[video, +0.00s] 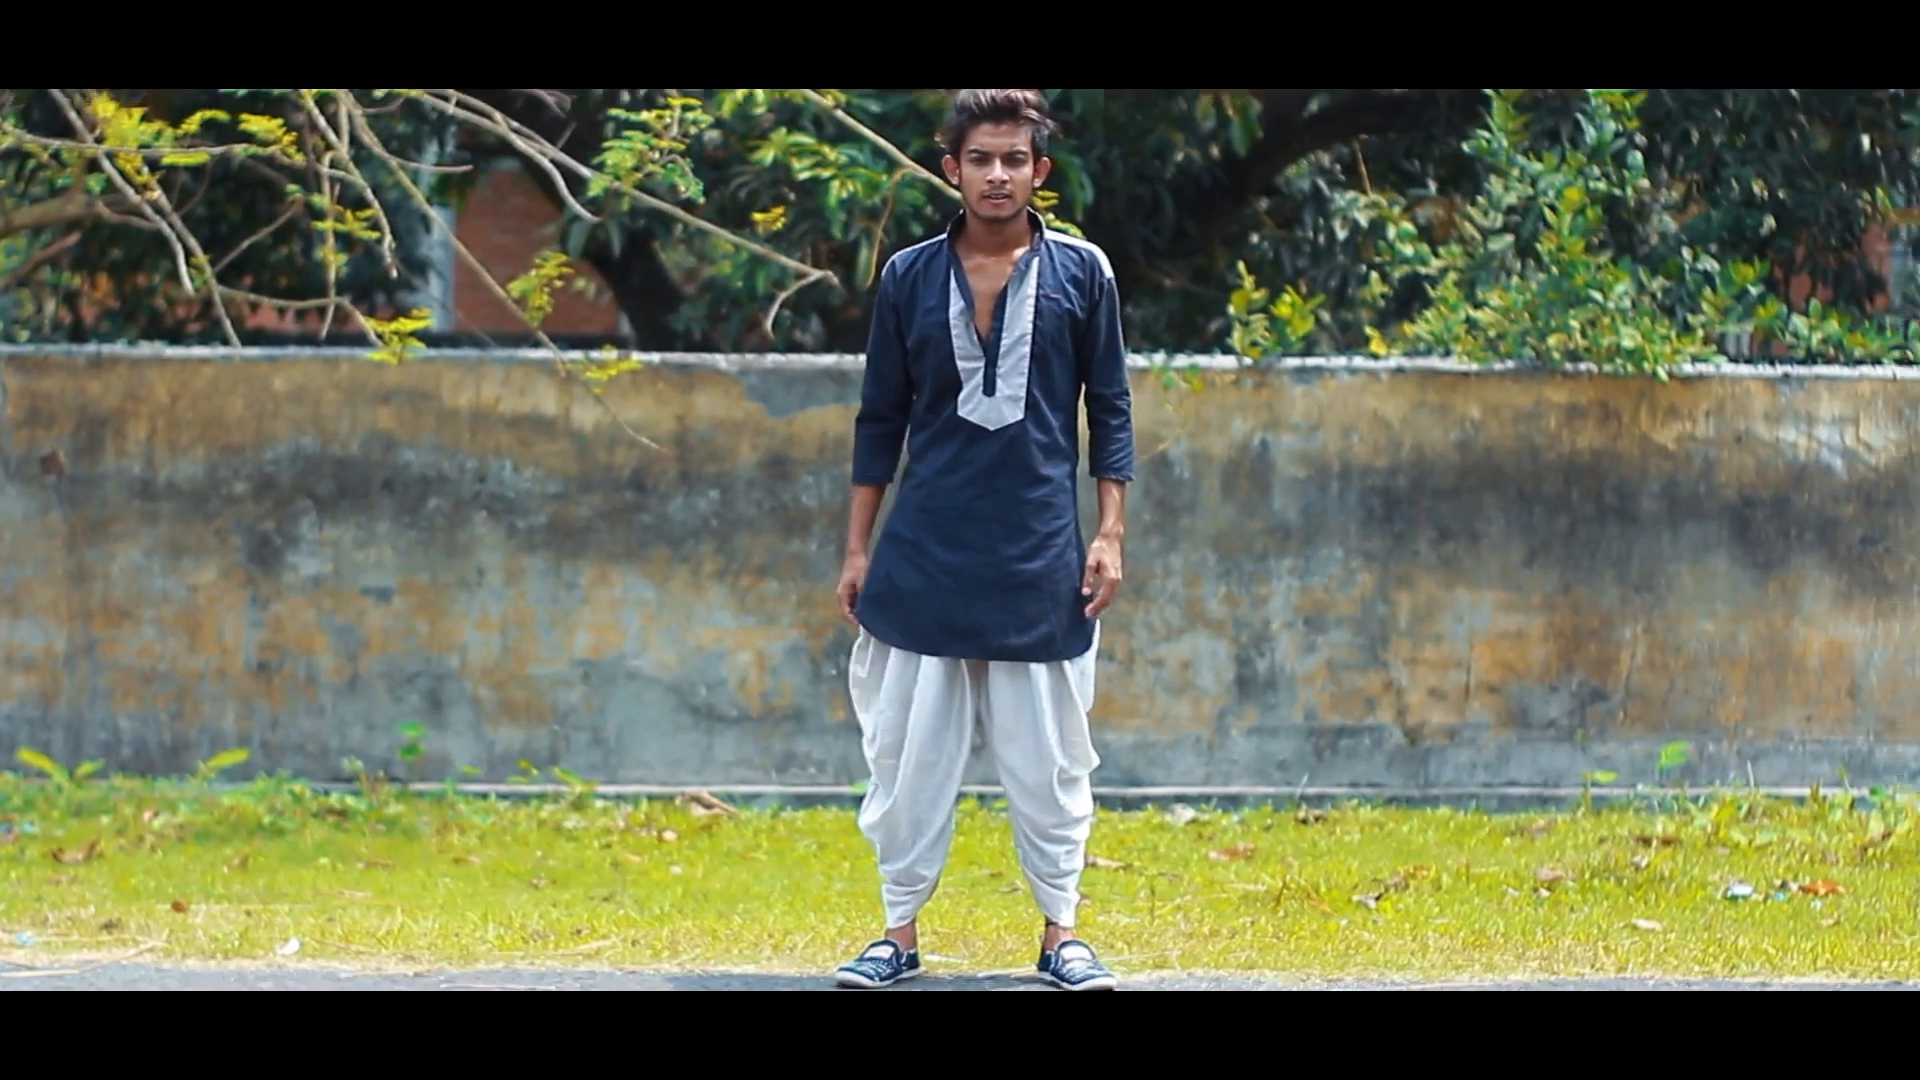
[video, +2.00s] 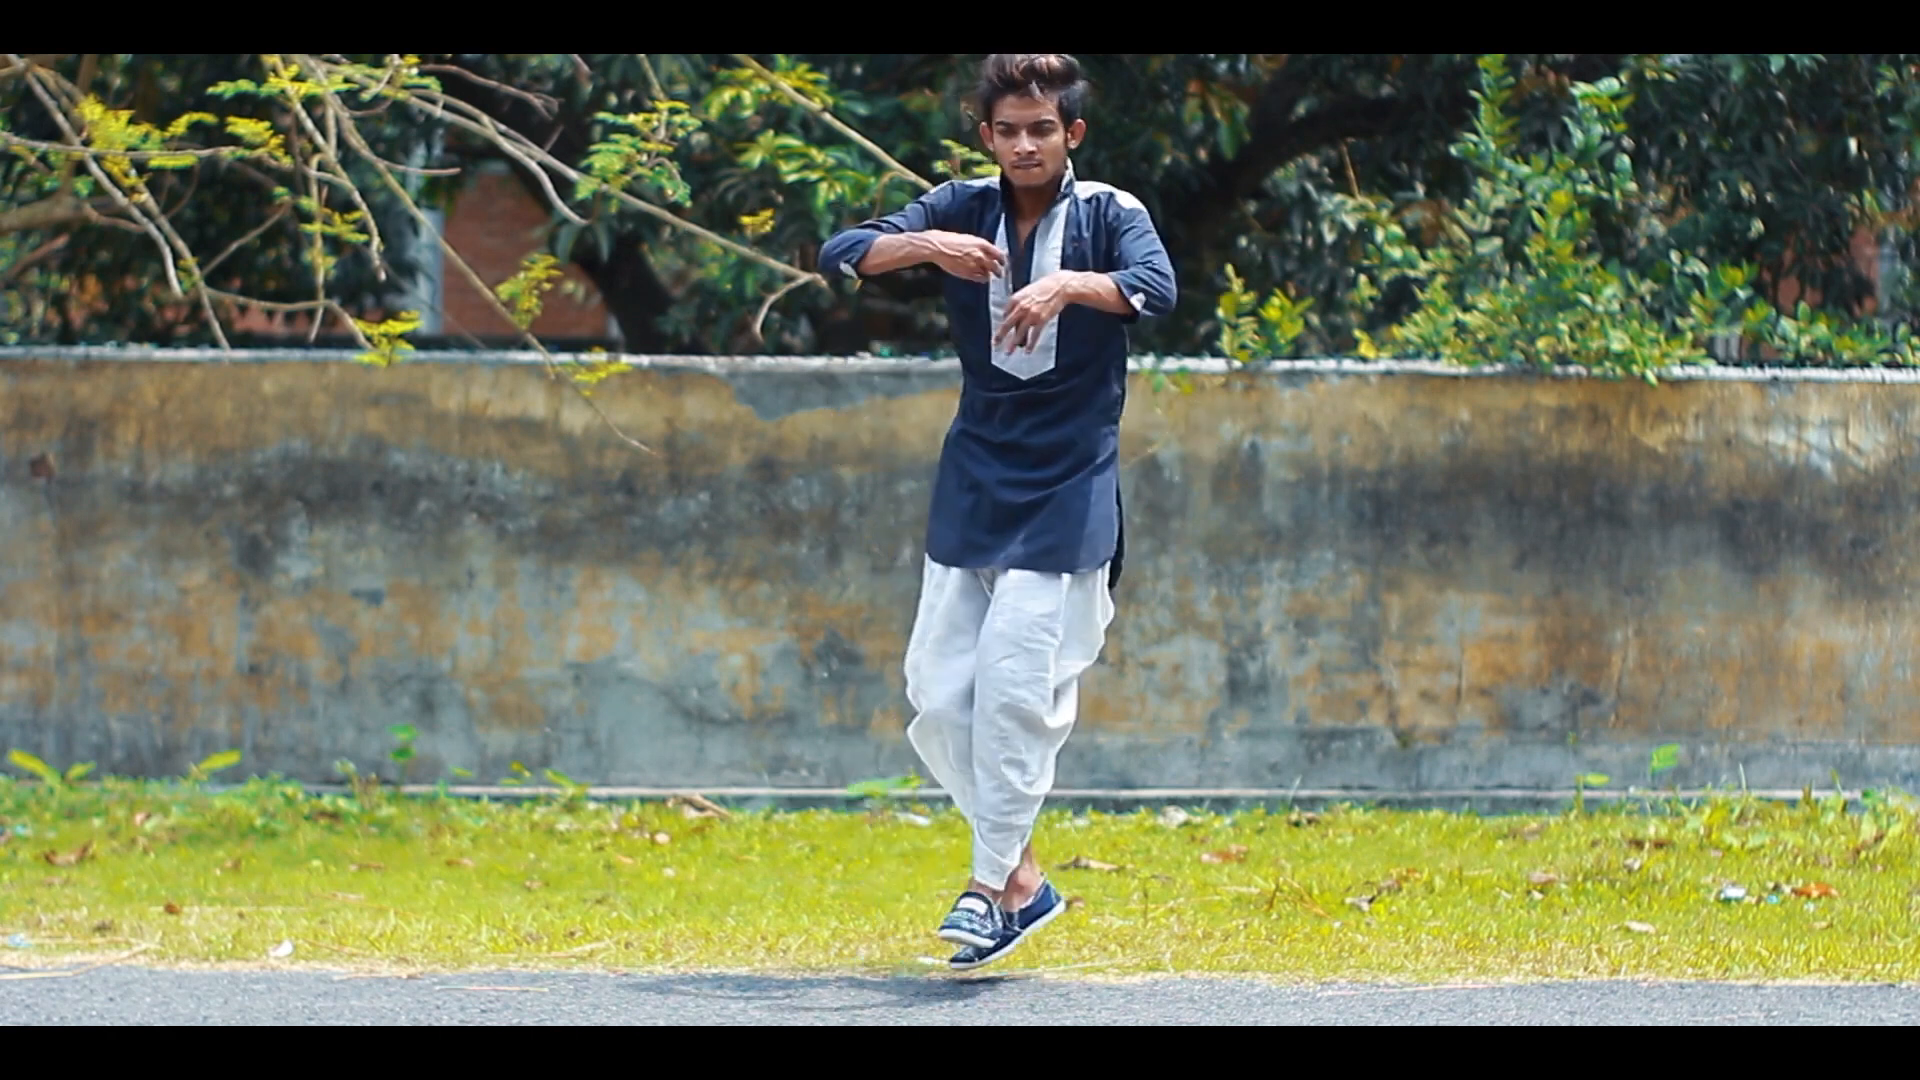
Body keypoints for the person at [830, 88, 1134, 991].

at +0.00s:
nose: (999, 175)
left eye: (1015, 159)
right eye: (983, 159)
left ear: (1039, 169)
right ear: (952, 167)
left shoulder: (1080, 270)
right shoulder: (908, 274)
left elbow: (1110, 409)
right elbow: (879, 418)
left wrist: (1109, 534)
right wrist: (858, 547)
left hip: (1039, 545)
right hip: (923, 543)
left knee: (1051, 749)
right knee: (905, 746)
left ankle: (1061, 938)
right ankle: (900, 938)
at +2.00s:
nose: (1023, 145)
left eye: (1040, 129)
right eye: (1008, 130)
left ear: (1073, 132)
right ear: (985, 132)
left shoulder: (1110, 212)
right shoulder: (959, 205)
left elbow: (1155, 289)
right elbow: (837, 253)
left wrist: (1066, 287)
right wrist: (924, 246)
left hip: (1067, 491)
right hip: (973, 485)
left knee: (1017, 690)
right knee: (936, 695)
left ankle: (986, 892)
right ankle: (1022, 884)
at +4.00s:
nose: (1021, 222)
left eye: (1039, 208)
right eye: (1004, 206)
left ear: (1057, 225)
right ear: (971, 216)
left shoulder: (1073, 324)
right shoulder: (930, 314)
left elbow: (1081, 461)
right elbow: (967, 427)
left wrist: (1097, 402)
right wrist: (1039, 331)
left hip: (1028, 574)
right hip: (936, 570)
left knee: (1031, 764)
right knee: (946, 772)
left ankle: (912, 943)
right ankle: (1009, 924)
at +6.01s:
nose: (985, 239)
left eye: (998, 223)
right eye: (964, 227)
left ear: (1018, 236)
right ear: (932, 250)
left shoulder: (1026, 332)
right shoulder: (936, 346)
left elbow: (982, 450)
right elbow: (1051, 433)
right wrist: (1179, 387)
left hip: (994, 587)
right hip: (908, 589)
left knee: (1111, 744)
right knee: (856, 794)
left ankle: (1092, 948)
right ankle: (769, 946)